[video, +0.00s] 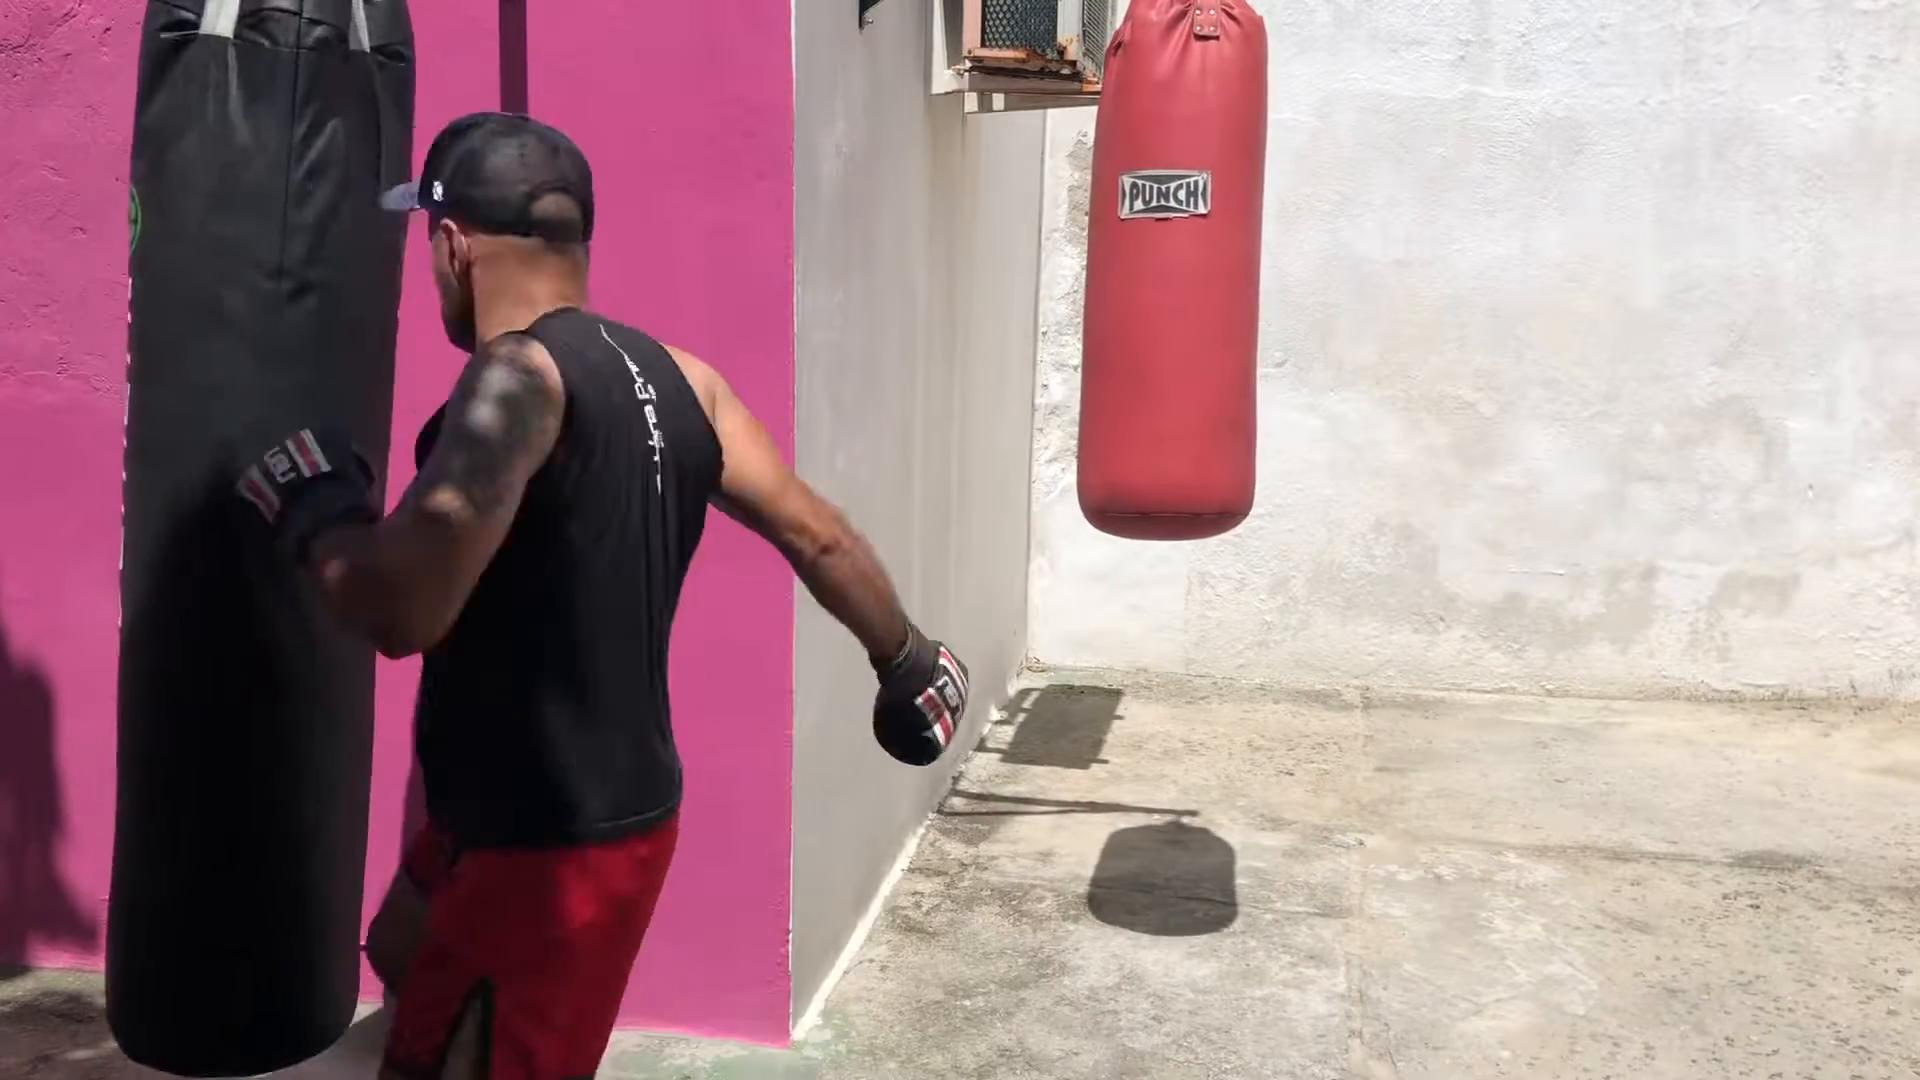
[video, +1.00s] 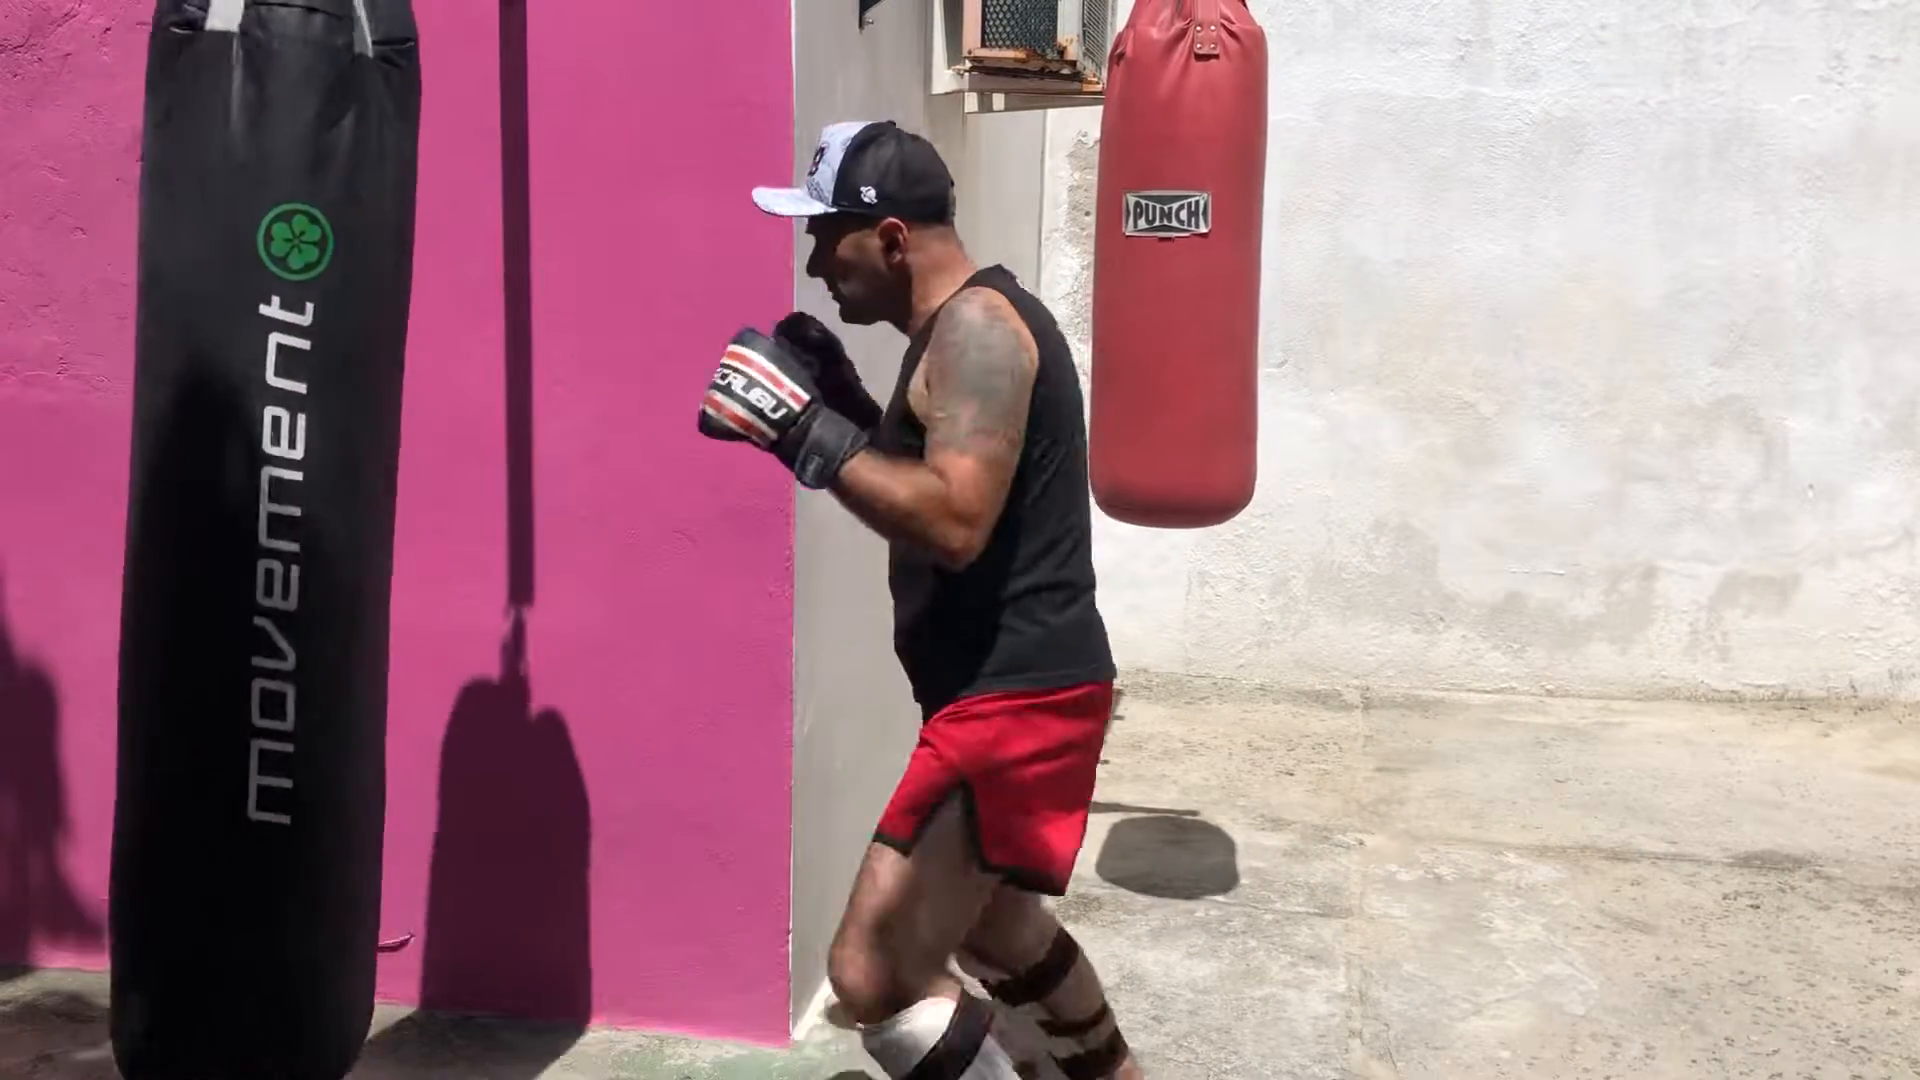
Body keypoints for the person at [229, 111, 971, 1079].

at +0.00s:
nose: (429, 263)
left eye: (430, 234)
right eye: (429, 235)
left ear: (458, 240)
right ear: (575, 239)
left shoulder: (515, 377)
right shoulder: (681, 380)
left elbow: (405, 608)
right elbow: (817, 535)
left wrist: (324, 515)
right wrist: (907, 660)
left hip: (524, 843)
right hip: (625, 825)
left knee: (465, 1057)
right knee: (405, 955)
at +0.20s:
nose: (442, 209)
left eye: (442, 176)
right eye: (441, 179)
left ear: (481, 170)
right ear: (567, 165)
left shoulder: (534, 251)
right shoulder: (626, 285)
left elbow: (385, 444)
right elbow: (624, 500)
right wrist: (501, 598)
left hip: (619, 685)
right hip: (600, 683)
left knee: (578, 1028)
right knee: (520, 962)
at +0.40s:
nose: (461, 217)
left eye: (468, 185)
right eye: (461, 190)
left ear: (519, 182)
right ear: (550, 181)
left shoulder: (626, 271)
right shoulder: (627, 305)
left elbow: (504, 464)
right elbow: (763, 483)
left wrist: (473, 388)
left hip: (690, 681)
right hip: (585, 690)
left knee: (652, 1009)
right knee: (510, 936)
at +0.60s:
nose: (556, 220)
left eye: (566, 193)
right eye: (554, 196)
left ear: (633, 194)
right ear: (638, 198)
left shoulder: (744, 292)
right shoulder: (640, 334)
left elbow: (613, 460)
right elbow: (672, 517)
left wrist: (555, 370)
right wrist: (547, 542)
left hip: (753, 683)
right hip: (630, 692)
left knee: (704, 1001)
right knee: (524, 944)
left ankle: (825, 1067)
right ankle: (586, 1075)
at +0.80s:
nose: (718, 171)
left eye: (727, 145)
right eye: (715, 147)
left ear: (793, 139)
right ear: (808, 137)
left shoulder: (878, 235)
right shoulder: (847, 241)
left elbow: (806, 418)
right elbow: (826, 408)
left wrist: (670, 334)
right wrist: (744, 329)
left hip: (901, 625)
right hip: (852, 622)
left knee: (817, 926)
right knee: (792, 868)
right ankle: (963, 1034)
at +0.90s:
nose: (776, 215)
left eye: (788, 192)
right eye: (776, 192)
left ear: (851, 195)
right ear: (857, 194)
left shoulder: (944, 283)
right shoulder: (900, 293)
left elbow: (919, 469)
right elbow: (896, 456)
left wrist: (776, 376)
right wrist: (775, 367)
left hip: (975, 660)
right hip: (929, 657)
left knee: (823, 926)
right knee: (970, 918)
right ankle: (1097, 1057)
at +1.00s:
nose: (817, 262)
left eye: (829, 236)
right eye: (816, 238)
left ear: (894, 235)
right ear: (899, 234)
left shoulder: (977, 328)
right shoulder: (963, 325)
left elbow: (956, 524)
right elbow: (932, 483)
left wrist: (808, 436)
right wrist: (846, 406)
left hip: (1017, 698)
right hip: (1007, 688)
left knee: (876, 981)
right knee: (1004, 932)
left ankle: (1044, 1073)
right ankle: (1111, 1069)